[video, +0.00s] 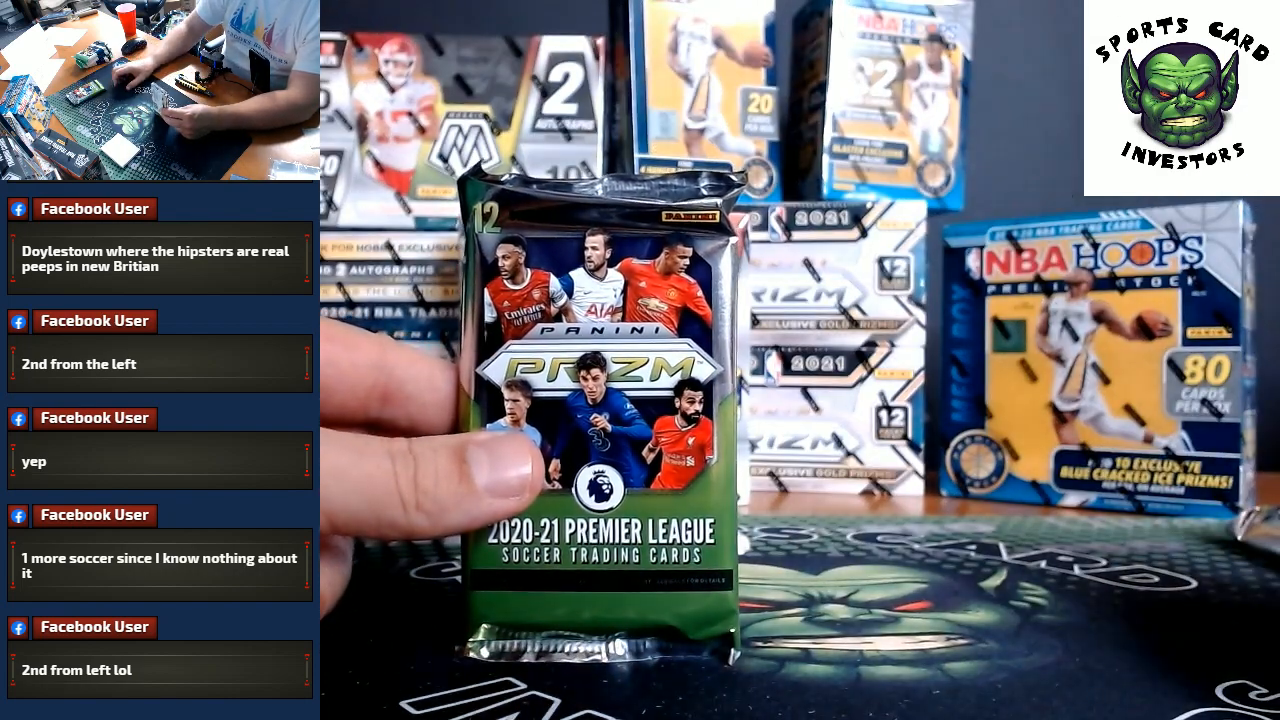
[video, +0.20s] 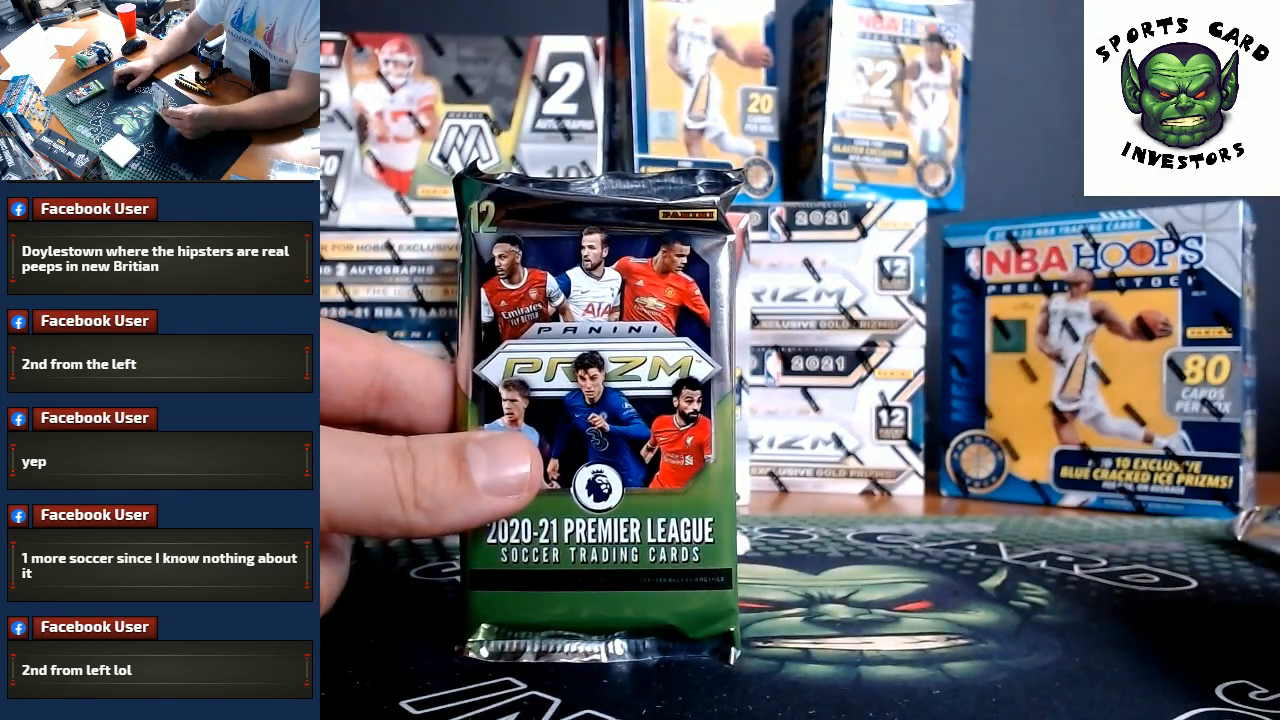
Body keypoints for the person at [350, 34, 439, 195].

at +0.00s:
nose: (398, 70)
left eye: (405, 64)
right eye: (392, 63)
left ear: (413, 66)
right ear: (381, 64)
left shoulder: (424, 90)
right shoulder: (365, 90)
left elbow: (432, 130)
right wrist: (370, 126)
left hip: (405, 170)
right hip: (373, 165)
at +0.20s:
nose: (398, 70)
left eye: (404, 65)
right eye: (392, 64)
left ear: (413, 66)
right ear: (381, 64)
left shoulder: (424, 90)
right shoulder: (365, 90)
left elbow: (432, 130)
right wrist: (370, 126)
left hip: (405, 169)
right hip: (373, 165)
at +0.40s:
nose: (399, 70)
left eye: (405, 65)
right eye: (393, 64)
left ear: (413, 66)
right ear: (382, 64)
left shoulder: (423, 90)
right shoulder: (365, 90)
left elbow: (432, 130)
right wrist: (370, 126)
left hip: (405, 170)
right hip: (374, 165)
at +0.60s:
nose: (398, 70)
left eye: (404, 65)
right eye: (392, 64)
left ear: (412, 66)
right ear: (381, 64)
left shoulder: (424, 90)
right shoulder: (365, 90)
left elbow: (432, 130)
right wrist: (370, 126)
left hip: (405, 169)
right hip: (374, 164)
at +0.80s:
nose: (399, 70)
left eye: (405, 65)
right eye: (393, 64)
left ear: (413, 66)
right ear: (382, 64)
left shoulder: (423, 90)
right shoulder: (365, 90)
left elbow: (432, 130)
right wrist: (370, 126)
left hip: (405, 169)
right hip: (374, 164)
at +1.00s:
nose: (398, 70)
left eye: (404, 65)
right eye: (392, 64)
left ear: (413, 66)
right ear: (381, 64)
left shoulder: (424, 90)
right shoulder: (365, 90)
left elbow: (432, 130)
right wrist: (370, 126)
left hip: (405, 169)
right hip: (373, 165)